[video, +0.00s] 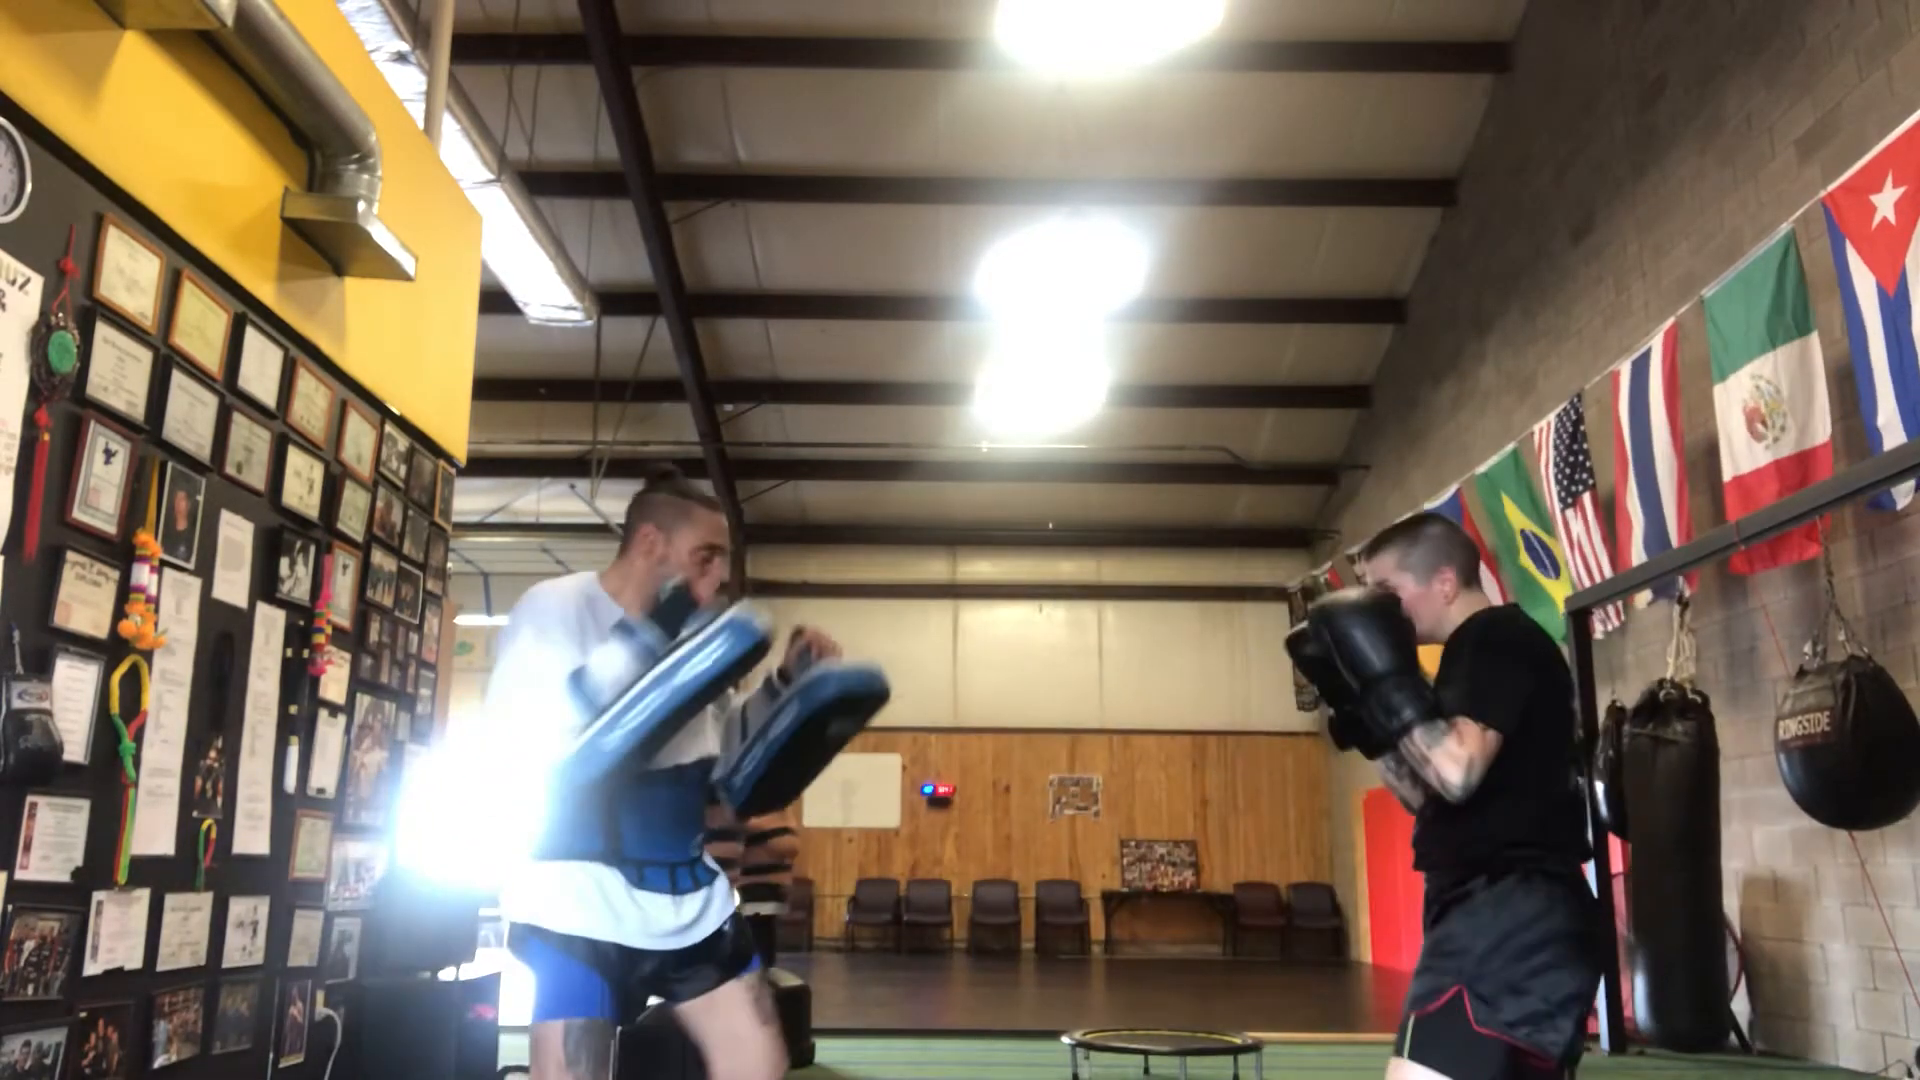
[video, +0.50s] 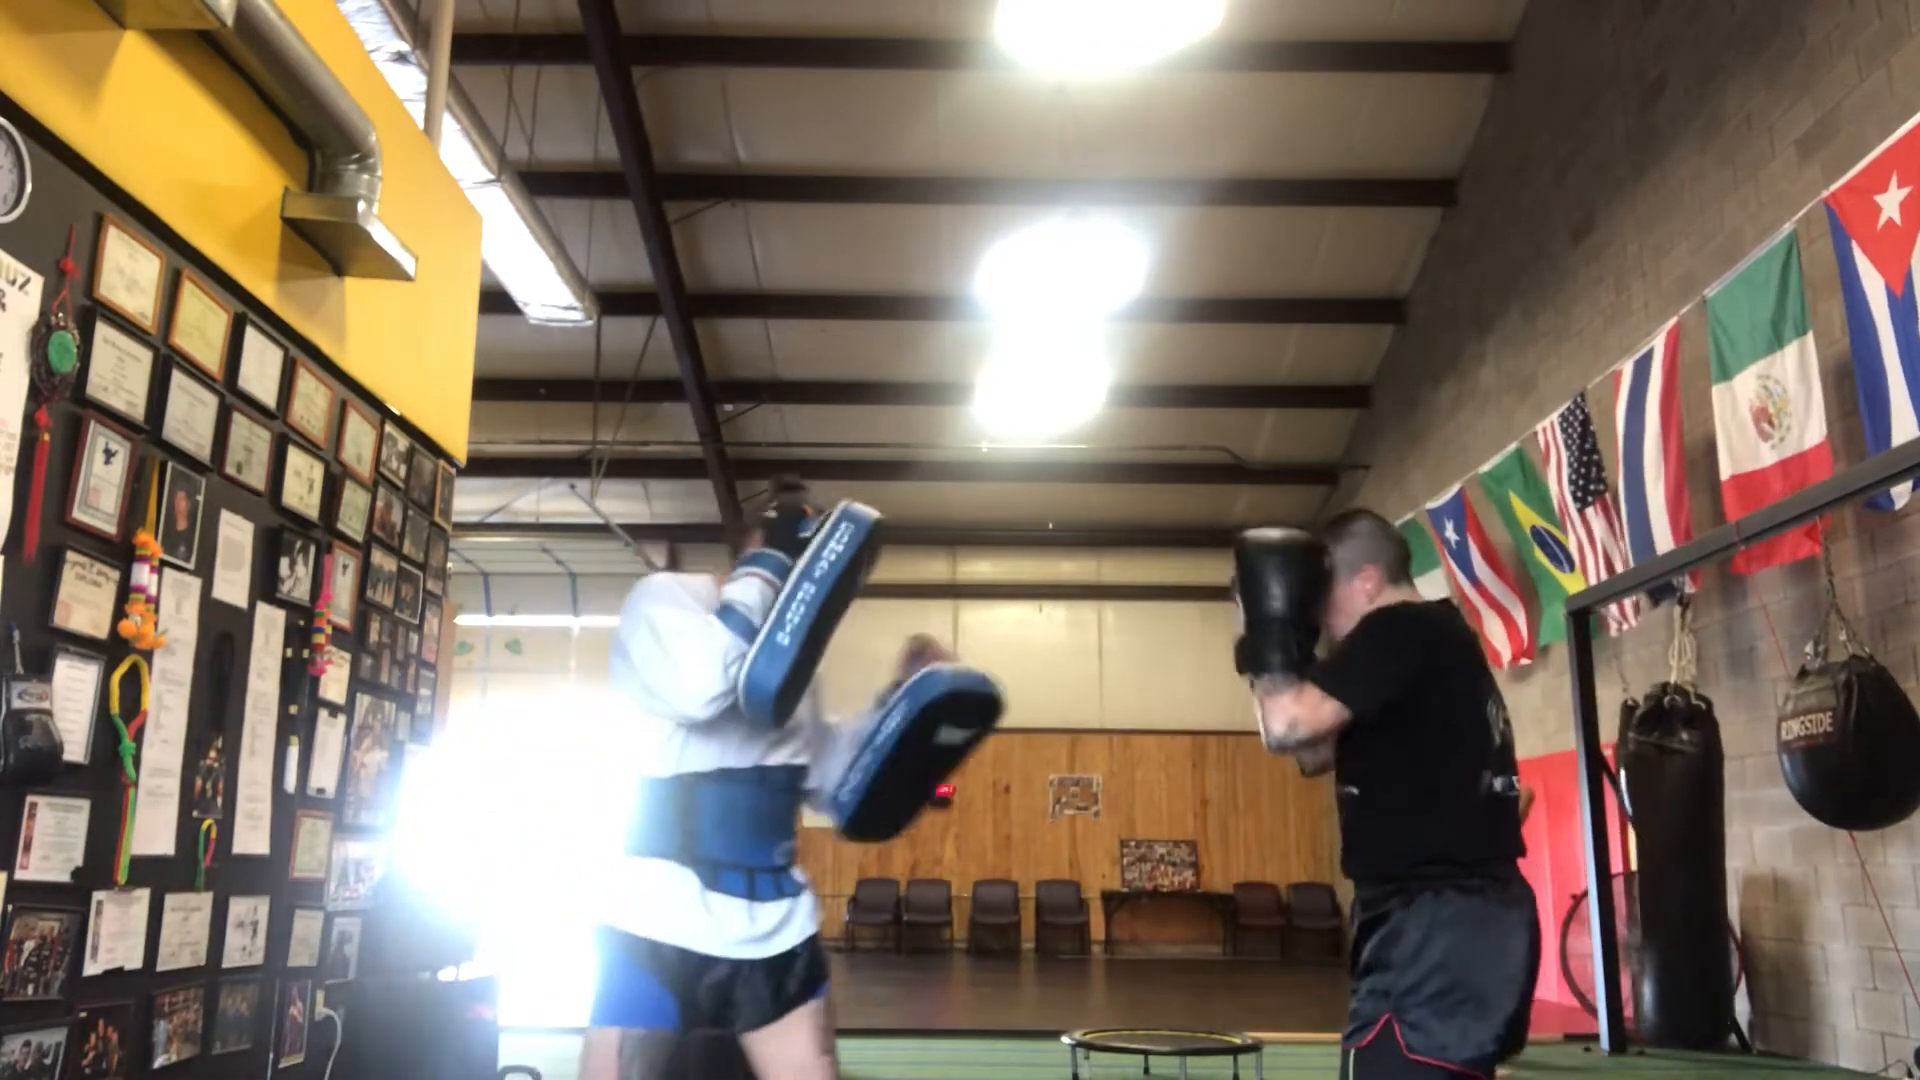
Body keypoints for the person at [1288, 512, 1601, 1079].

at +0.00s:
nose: (1381, 608)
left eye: (1390, 590)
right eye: (1377, 594)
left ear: (1445, 582)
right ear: (1447, 584)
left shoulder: (1497, 636)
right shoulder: (1467, 656)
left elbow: (1457, 769)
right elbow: (1422, 794)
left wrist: (1383, 668)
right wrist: (1358, 705)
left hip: (1511, 915)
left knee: (1419, 1068)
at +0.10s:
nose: (1371, 606)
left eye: (1380, 589)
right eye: (1367, 593)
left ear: (1436, 584)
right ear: (1436, 586)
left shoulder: (1487, 639)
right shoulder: (1450, 661)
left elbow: (1448, 769)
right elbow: (1414, 799)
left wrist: (1374, 670)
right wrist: (1345, 711)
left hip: (1502, 920)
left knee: (1411, 1069)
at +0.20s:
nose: (1351, 614)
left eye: (1363, 594)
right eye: (1349, 598)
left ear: (1419, 590)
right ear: (1420, 592)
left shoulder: (1468, 649)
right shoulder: (1438, 665)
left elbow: (1435, 787)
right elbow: (1403, 801)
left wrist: (1355, 709)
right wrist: (1340, 730)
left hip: (1480, 940)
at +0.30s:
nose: (1332, 611)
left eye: (1342, 590)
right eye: (1329, 595)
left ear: (1398, 584)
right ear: (1401, 585)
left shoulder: (1437, 646)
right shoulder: (1458, 644)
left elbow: (1374, 772)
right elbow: (1371, 766)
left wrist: (1308, 688)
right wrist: (1314, 692)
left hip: (1452, 930)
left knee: (1393, 1066)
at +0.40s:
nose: (1325, 605)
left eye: (1331, 586)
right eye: (1322, 591)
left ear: (1380, 579)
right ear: (1389, 579)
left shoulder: (1410, 634)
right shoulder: (1453, 637)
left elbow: (1302, 726)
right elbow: (1339, 763)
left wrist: (1273, 651)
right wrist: (1281, 673)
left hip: (1438, 919)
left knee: (1392, 1066)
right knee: (1454, 1068)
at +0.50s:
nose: (1320, 607)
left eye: (1325, 587)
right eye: (1317, 591)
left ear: (1367, 582)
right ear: (1377, 581)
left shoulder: (1399, 633)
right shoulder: (1441, 634)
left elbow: (1286, 721)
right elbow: (1311, 755)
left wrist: (1270, 622)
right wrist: (1281, 635)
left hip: (1434, 923)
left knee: (1391, 1065)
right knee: (1450, 1067)